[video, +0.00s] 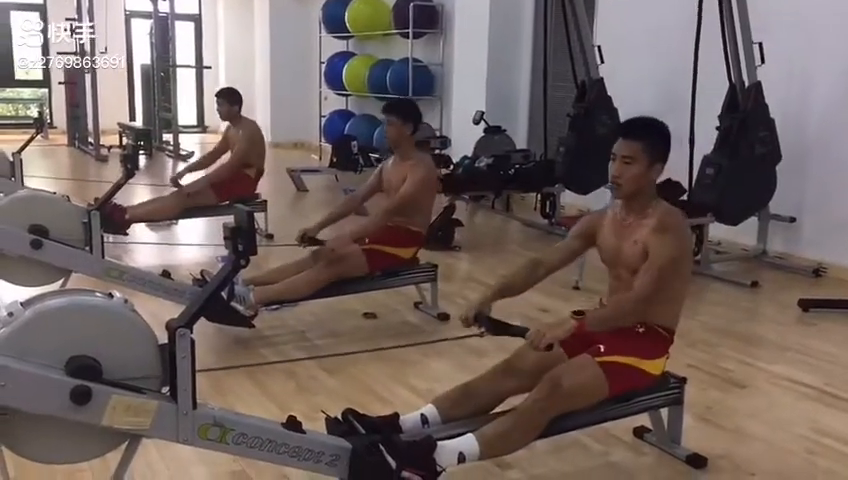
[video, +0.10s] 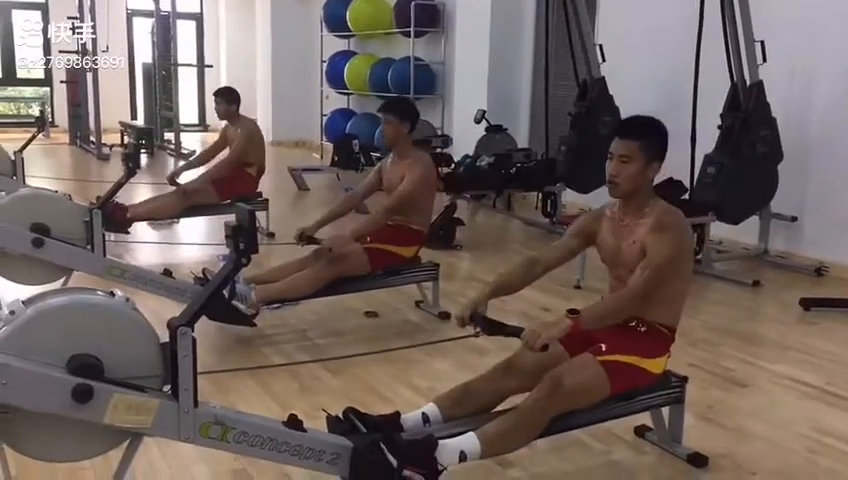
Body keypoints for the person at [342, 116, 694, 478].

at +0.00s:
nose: (617, 170)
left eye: (630, 162)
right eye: (615, 159)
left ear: (657, 170)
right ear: (609, 162)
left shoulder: (670, 226)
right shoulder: (601, 220)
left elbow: (634, 305)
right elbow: (541, 264)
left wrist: (566, 329)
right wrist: (491, 295)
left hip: (645, 342)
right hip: (601, 326)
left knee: (551, 391)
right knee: (510, 370)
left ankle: (442, 457)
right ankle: (401, 427)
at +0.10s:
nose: (613, 169)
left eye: (626, 161)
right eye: (611, 158)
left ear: (654, 169)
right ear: (607, 160)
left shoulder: (669, 224)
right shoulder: (599, 219)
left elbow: (631, 298)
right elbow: (537, 264)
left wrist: (562, 327)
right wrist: (485, 293)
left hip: (646, 340)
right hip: (602, 323)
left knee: (552, 390)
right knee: (513, 369)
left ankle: (442, 457)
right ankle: (402, 426)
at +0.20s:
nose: (611, 167)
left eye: (623, 160)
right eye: (609, 157)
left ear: (652, 168)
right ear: (605, 160)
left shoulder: (667, 224)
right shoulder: (598, 218)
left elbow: (628, 294)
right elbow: (536, 261)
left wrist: (556, 325)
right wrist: (483, 290)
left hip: (645, 339)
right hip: (601, 321)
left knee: (552, 387)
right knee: (514, 367)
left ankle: (444, 456)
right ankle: (407, 424)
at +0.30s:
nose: (607, 167)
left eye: (620, 158)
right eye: (606, 156)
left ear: (649, 166)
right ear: (604, 159)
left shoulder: (665, 224)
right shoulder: (596, 218)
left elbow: (625, 293)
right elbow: (531, 260)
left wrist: (556, 323)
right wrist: (478, 290)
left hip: (646, 338)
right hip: (602, 320)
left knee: (553, 380)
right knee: (513, 363)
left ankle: (445, 455)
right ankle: (406, 424)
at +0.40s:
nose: (603, 166)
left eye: (615, 157)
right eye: (601, 155)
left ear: (644, 165)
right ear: (598, 158)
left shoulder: (660, 220)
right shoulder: (590, 215)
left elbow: (619, 290)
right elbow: (527, 257)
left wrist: (551, 321)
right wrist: (473, 283)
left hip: (646, 340)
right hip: (600, 321)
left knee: (550, 366)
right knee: (512, 349)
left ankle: (447, 452)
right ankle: (410, 422)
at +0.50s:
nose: (597, 166)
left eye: (610, 157)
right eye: (596, 154)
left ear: (640, 164)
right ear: (594, 154)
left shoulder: (656, 222)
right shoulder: (587, 214)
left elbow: (612, 290)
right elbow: (521, 256)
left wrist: (544, 320)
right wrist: (466, 283)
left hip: (644, 342)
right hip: (599, 322)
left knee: (547, 356)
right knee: (507, 342)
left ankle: (448, 450)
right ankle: (415, 420)